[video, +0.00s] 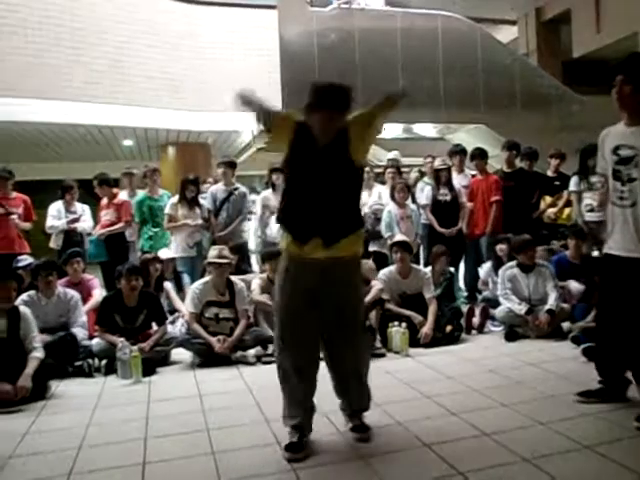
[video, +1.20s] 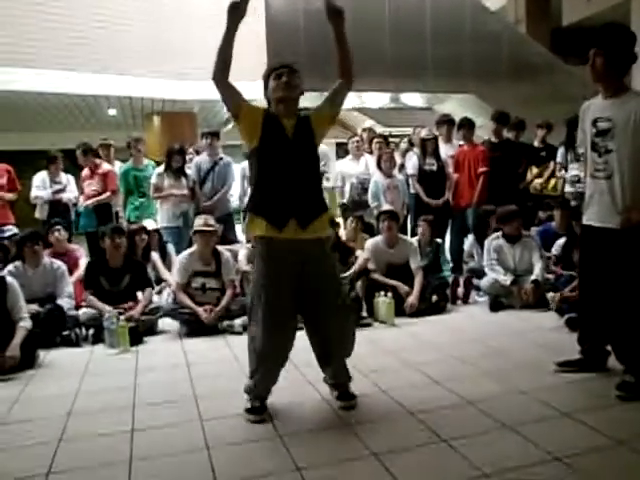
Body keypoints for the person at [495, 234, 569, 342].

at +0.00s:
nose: (531, 255)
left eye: (533, 251)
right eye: (526, 252)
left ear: (536, 251)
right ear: (517, 255)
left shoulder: (545, 268)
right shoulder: (506, 271)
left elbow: (553, 291)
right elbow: (505, 295)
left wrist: (549, 311)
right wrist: (526, 311)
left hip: (541, 306)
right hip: (519, 307)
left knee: (564, 310)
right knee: (501, 313)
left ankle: (523, 332)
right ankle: (547, 331)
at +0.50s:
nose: (523, 254)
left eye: (524, 250)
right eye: (518, 251)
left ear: (527, 251)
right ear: (508, 254)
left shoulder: (535, 268)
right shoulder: (497, 270)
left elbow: (544, 290)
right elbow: (495, 292)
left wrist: (540, 310)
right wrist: (516, 309)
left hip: (531, 305)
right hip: (509, 305)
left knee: (554, 309)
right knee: (491, 311)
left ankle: (513, 330)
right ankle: (536, 329)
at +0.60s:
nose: (517, 254)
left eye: (519, 250)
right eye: (512, 252)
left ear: (522, 251)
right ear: (503, 254)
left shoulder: (531, 268)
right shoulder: (492, 270)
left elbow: (539, 290)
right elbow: (490, 292)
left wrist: (534, 310)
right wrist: (511, 309)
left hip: (526, 304)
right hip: (505, 304)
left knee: (550, 309)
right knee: (487, 311)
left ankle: (508, 330)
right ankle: (531, 329)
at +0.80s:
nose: (511, 230)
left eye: (512, 227)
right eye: (506, 228)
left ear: (515, 227)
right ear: (498, 230)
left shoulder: (523, 244)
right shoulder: (487, 245)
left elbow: (533, 267)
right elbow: (485, 270)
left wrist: (527, 286)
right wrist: (505, 284)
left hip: (520, 280)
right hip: (499, 281)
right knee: (483, 287)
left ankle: (501, 306)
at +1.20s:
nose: (517, 226)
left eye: (518, 222)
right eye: (512, 223)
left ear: (521, 223)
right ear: (502, 226)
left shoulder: (530, 241)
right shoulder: (492, 242)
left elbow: (538, 262)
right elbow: (490, 265)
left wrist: (535, 280)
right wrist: (509, 280)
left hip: (526, 277)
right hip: (504, 277)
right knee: (487, 284)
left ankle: (507, 302)